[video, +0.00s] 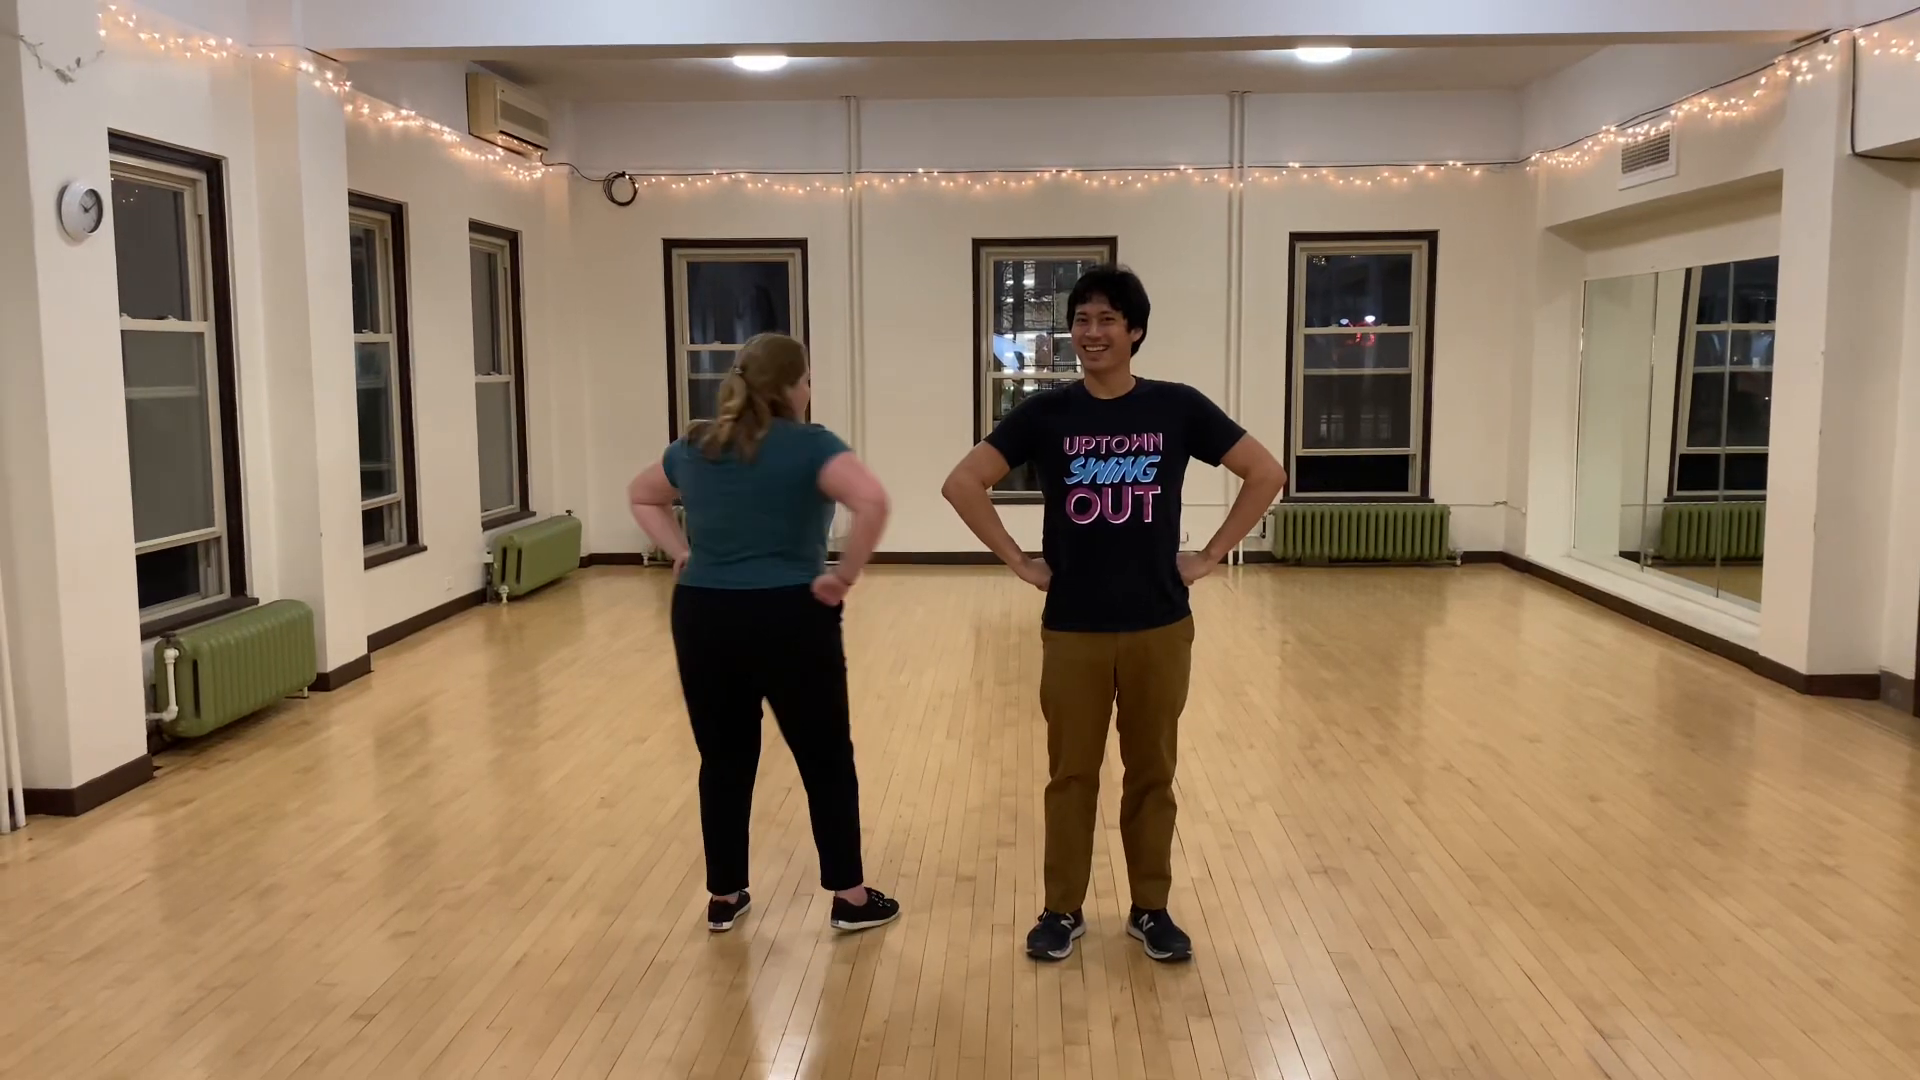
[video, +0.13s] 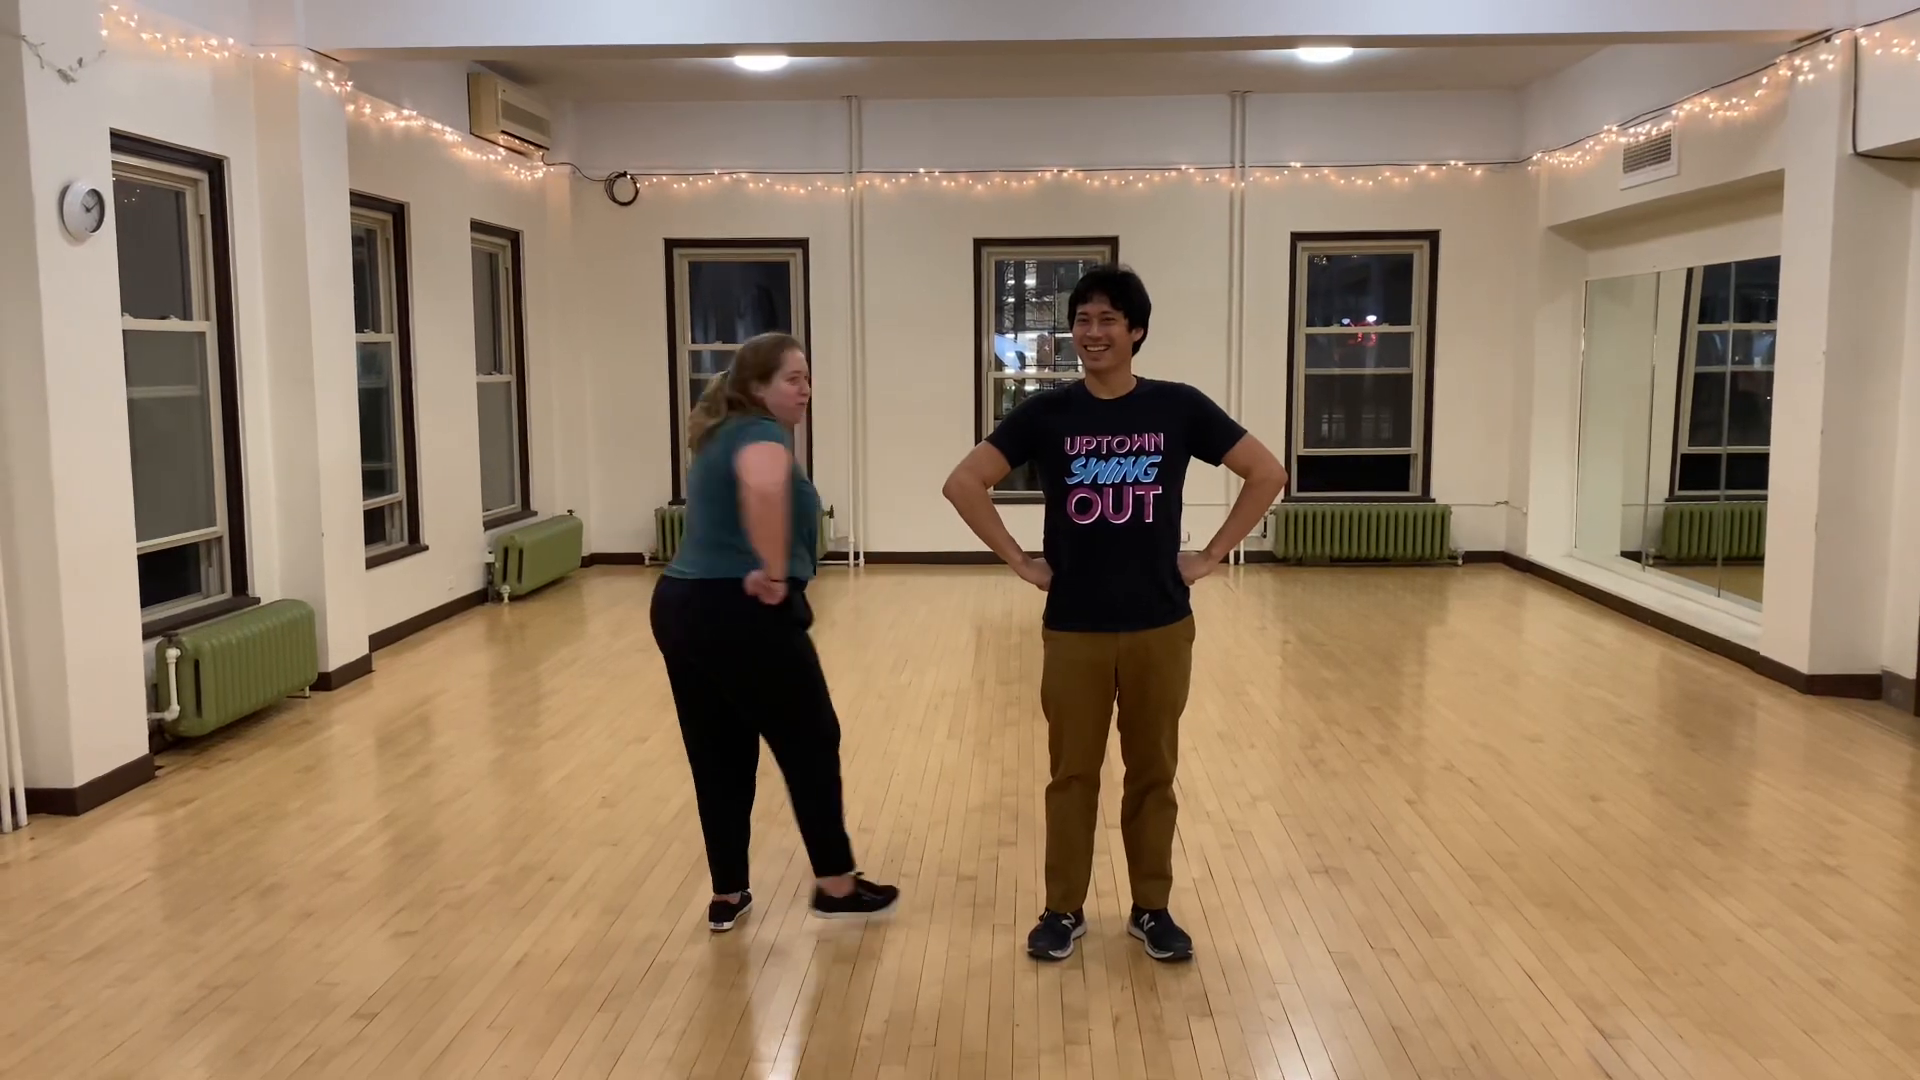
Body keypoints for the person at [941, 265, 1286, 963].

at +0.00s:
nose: (1092, 332)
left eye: (1107, 320)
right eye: (1082, 320)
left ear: (1135, 332)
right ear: (1070, 332)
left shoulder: (1177, 407)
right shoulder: (1046, 413)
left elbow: (1268, 474)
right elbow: (962, 484)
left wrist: (1207, 556)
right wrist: (1018, 559)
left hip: (1159, 619)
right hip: (1074, 621)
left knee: (1152, 774)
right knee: (1072, 773)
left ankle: (1151, 909)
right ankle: (1062, 910)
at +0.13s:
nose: (1093, 331)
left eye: (1108, 320)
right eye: (1083, 320)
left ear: (1136, 331)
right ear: (1071, 332)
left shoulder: (1178, 407)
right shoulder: (1047, 413)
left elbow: (1269, 474)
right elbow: (964, 483)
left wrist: (1209, 555)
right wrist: (1019, 559)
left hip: (1160, 619)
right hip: (1074, 622)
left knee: (1153, 773)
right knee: (1073, 773)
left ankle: (1152, 908)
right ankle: (1062, 909)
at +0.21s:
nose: (1094, 332)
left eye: (1109, 320)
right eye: (1084, 320)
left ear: (1137, 331)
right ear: (1072, 331)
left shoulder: (1179, 406)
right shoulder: (1049, 413)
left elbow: (1269, 473)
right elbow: (964, 483)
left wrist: (1210, 555)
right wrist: (1019, 559)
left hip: (1161, 618)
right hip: (1075, 621)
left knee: (1154, 773)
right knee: (1074, 773)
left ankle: (1153, 908)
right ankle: (1063, 909)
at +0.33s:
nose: (1088, 333)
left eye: (1103, 321)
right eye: (1080, 321)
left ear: (1137, 331)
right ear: (1072, 333)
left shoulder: (1181, 407)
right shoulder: (1050, 412)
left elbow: (1271, 474)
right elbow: (966, 482)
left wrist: (1210, 555)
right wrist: (1022, 558)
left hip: (1162, 621)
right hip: (1076, 623)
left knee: (1156, 774)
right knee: (1074, 773)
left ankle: (1155, 908)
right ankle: (1064, 908)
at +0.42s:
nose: (1081, 337)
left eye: (1095, 325)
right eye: (1075, 325)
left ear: (1134, 332)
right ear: (1073, 333)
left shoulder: (1183, 407)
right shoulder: (1052, 413)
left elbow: (1272, 475)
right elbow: (967, 482)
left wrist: (1213, 556)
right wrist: (1024, 558)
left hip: (1162, 619)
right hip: (1077, 622)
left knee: (1156, 773)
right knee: (1075, 773)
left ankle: (1155, 908)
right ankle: (1066, 908)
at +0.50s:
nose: (1078, 339)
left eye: (1092, 328)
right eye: (1074, 327)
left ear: (1134, 335)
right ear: (1075, 332)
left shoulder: (1184, 408)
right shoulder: (1054, 413)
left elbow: (1274, 476)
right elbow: (969, 480)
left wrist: (1214, 556)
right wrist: (1025, 557)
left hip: (1163, 621)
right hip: (1077, 623)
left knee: (1158, 773)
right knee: (1075, 773)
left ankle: (1156, 907)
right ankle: (1066, 907)